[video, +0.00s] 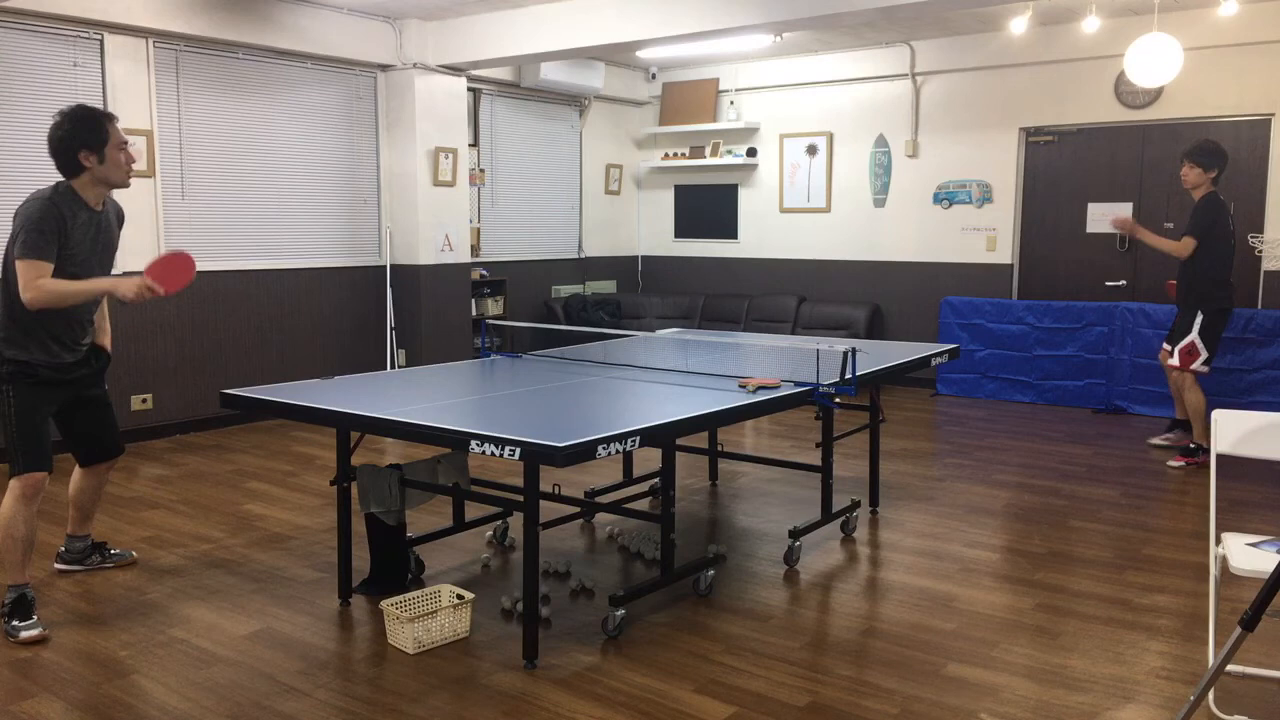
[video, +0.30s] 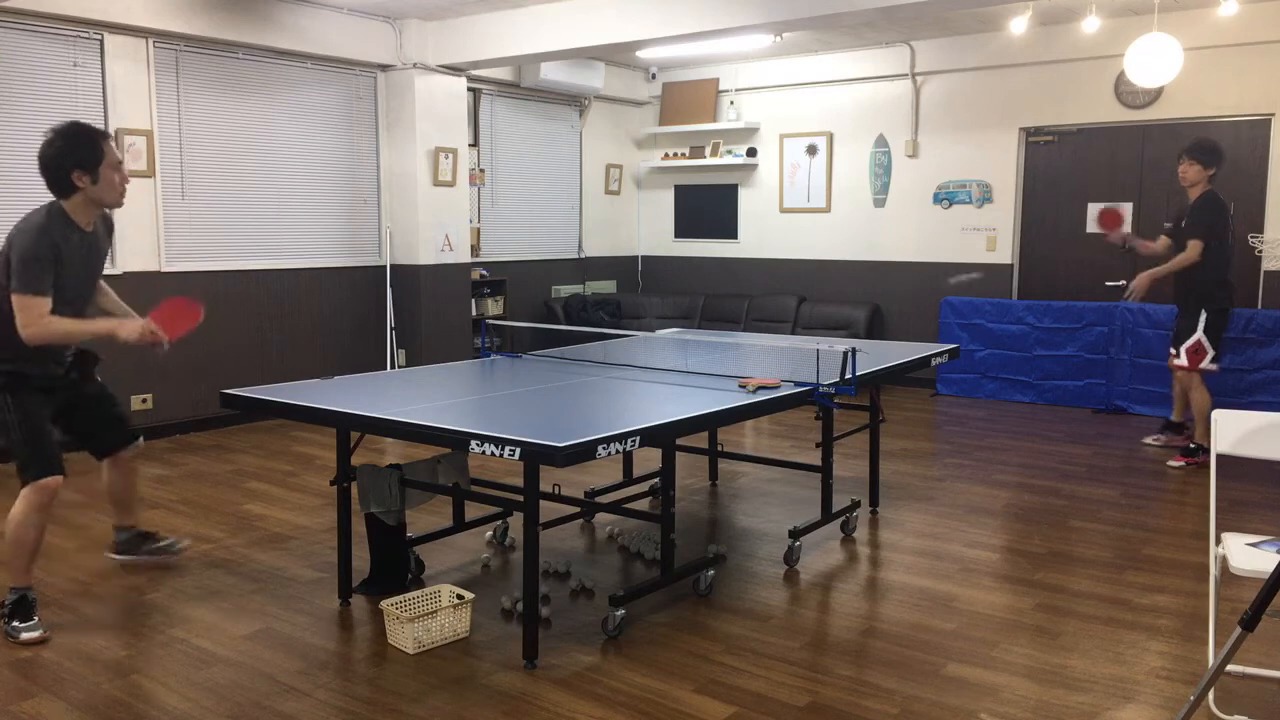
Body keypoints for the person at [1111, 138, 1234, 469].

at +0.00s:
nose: (1183, 172)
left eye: (1191, 167)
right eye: (1183, 166)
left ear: (1211, 173)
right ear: (1188, 170)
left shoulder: (1210, 205)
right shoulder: (1209, 204)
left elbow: (1184, 250)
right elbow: (1211, 258)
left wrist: (1137, 231)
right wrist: (1186, 287)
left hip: (1209, 303)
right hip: (1196, 300)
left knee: (1183, 371)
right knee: (1168, 357)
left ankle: (1202, 447)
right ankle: (1183, 427)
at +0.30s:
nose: (1182, 169)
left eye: (1191, 164)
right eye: (1181, 163)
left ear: (1209, 171)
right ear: (1180, 167)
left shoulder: (1209, 204)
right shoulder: (1188, 205)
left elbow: (1193, 254)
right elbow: (1161, 248)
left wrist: (1152, 275)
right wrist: (1129, 239)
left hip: (1209, 301)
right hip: (1191, 298)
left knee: (1191, 373)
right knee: (1178, 364)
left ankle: (1202, 446)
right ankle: (1177, 426)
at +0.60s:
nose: (1176, 178)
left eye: (1184, 173)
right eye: (1174, 172)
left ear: (1201, 180)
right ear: (1170, 176)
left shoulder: (1217, 215)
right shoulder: (1167, 219)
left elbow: (1231, 257)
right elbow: (1154, 266)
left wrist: (1186, 278)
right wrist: (1148, 253)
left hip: (1204, 305)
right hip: (1172, 301)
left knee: (1191, 373)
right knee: (1152, 366)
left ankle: (1201, 445)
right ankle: (1155, 423)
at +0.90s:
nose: (1173, 185)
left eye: (1180, 180)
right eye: (1170, 179)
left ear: (1197, 185)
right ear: (1165, 183)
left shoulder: (1214, 217)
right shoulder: (1155, 219)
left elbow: (1237, 249)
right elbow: (1144, 248)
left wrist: (1214, 272)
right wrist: (1151, 269)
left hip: (1204, 301)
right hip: (1166, 300)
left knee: (1215, 364)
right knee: (1156, 365)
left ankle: (1223, 427)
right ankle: (1154, 423)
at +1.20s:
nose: (1203, 207)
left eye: (1210, 201)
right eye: (1198, 200)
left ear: (1223, 206)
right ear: (1192, 203)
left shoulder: (1237, 234)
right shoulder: (1177, 236)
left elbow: (1249, 262)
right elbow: (1150, 268)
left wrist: (1232, 285)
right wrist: (1173, 291)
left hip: (1219, 312)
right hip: (1179, 311)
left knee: (1238, 373)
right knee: (1165, 371)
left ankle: (1234, 428)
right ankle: (1155, 423)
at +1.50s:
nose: (1219, 226)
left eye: (1227, 222)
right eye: (1217, 219)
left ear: (1238, 226)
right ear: (1210, 218)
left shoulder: (1241, 245)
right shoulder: (1191, 248)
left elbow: (1247, 276)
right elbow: (1183, 302)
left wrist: (1248, 289)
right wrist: (1232, 297)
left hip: (1213, 313)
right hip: (1176, 313)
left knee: (1238, 375)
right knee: (1162, 365)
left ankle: (1231, 432)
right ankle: (1138, 425)